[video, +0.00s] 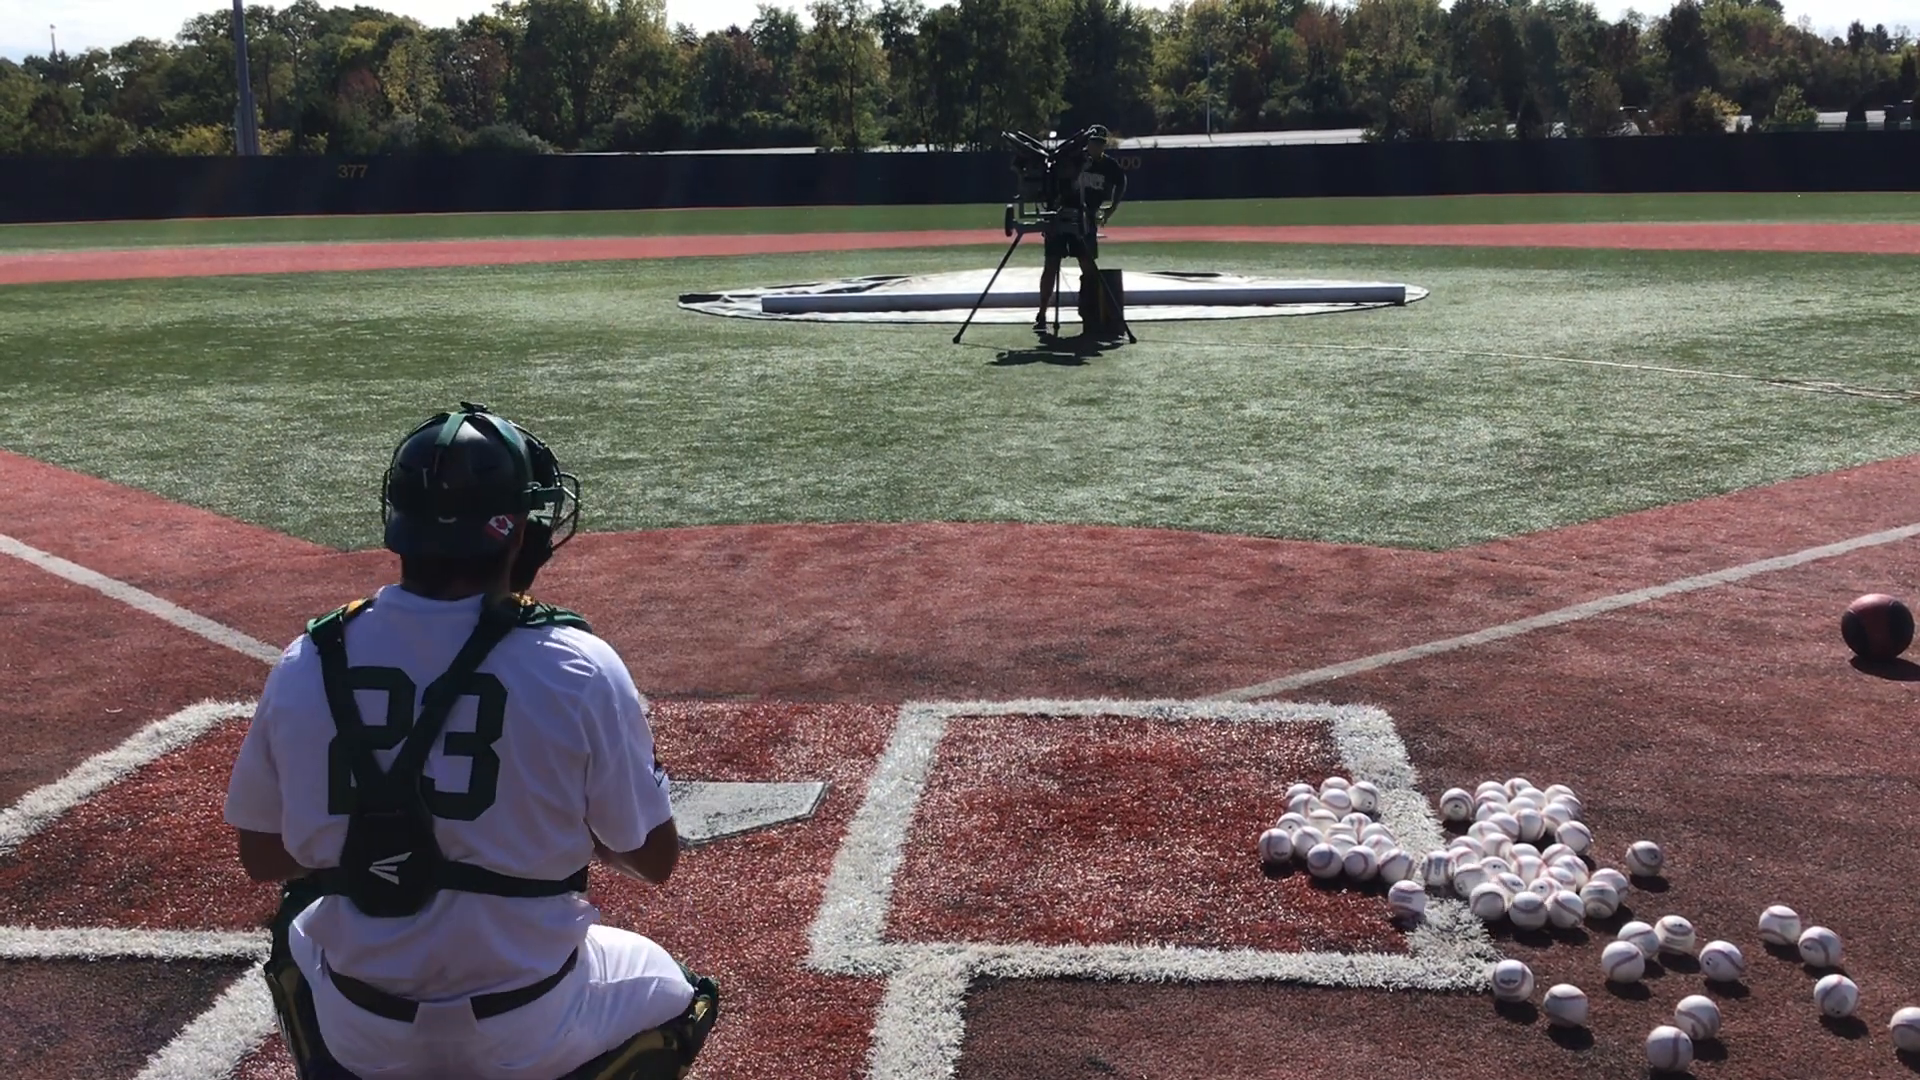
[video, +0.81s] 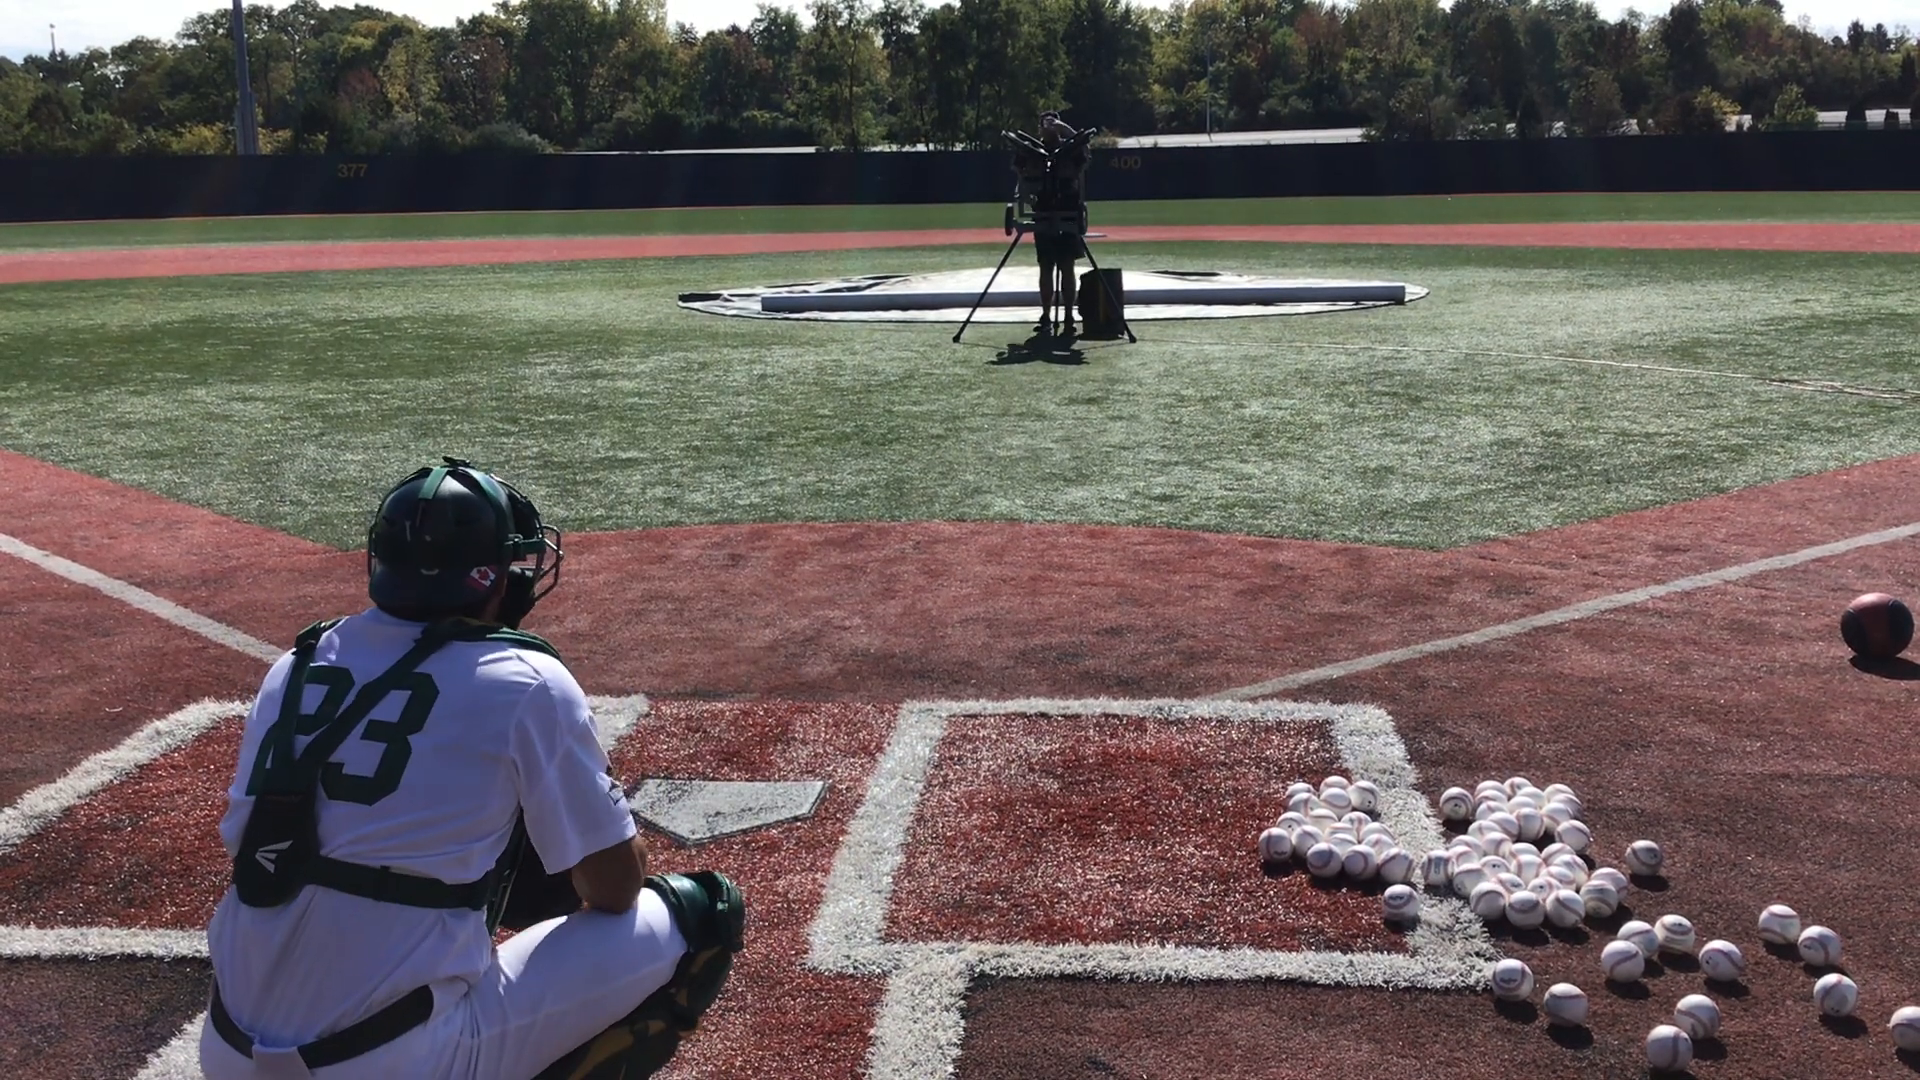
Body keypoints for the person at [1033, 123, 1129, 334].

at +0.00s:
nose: (1095, 148)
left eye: (1099, 144)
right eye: (1092, 143)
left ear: (1104, 145)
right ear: (1086, 143)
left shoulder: (1109, 165)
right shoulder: (1072, 160)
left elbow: (1121, 183)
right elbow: (1056, 181)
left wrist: (1110, 210)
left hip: (1085, 220)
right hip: (1059, 218)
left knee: (1088, 268)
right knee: (1050, 269)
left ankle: (1090, 313)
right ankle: (1042, 314)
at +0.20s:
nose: (1076, 135)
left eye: (1080, 131)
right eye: (1073, 130)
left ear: (1085, 133)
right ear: (1067, 131)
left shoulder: (1092, 155)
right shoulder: (1054, 153)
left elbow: (1107, 179)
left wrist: (1100, 208)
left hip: (1079, 220)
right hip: (1054, 221)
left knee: (1085, 270)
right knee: (1051, 272)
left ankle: (1091, 316)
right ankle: (1046, 317)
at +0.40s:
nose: (1054, 135)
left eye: (1057, 130)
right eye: (1051, 130)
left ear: (1065, 131)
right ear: (1047, 132)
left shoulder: (1077, 153)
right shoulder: (1039, 154)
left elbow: (1096, 180)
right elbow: (1028, 186)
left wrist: (1090, 204)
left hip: (1072, 219)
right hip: (1046, 220)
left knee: (1081, 270)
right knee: (1047, 272)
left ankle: (1089, 315)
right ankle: (1046, 317)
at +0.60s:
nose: (1050, 134)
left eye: (1053, 130)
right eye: (1046, 130)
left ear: (1060, 130)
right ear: (1039, 131)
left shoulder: (1071, 152)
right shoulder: (1034, 155)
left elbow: (1095, 174)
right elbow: (1024, 187)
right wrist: (1020, 215)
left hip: (1070, 219)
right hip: (1044, 220)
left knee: (1075, 270)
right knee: (1046, 272)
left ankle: (1080, 317)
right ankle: (1046, 317)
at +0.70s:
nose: (1047, 133)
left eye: (1051, 128)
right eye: (1043, 128)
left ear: (1058, 130)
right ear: (1038, 130)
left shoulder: (1070, 150)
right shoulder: (1034, 152)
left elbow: (1089, 158)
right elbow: (1023, 179)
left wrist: (1074, 132)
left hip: (1069, 218)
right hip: (1044, 219)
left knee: (1070, 270)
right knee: (1046, 271)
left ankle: (1072, 315)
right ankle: (1046, 316)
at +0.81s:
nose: (1047, 129)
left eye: (1051, 125)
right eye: (1044, 125)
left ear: (1059, 129)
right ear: (1039, 130)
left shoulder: (1070, 151)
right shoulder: (1036, 152)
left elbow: (1081, 142)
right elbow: (1024, 179)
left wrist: (1061, 125)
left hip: (1068, 217)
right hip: (1043, 218)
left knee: (1067, 269)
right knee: (1045, 271)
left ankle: (1069, 318)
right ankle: (1046, 317)